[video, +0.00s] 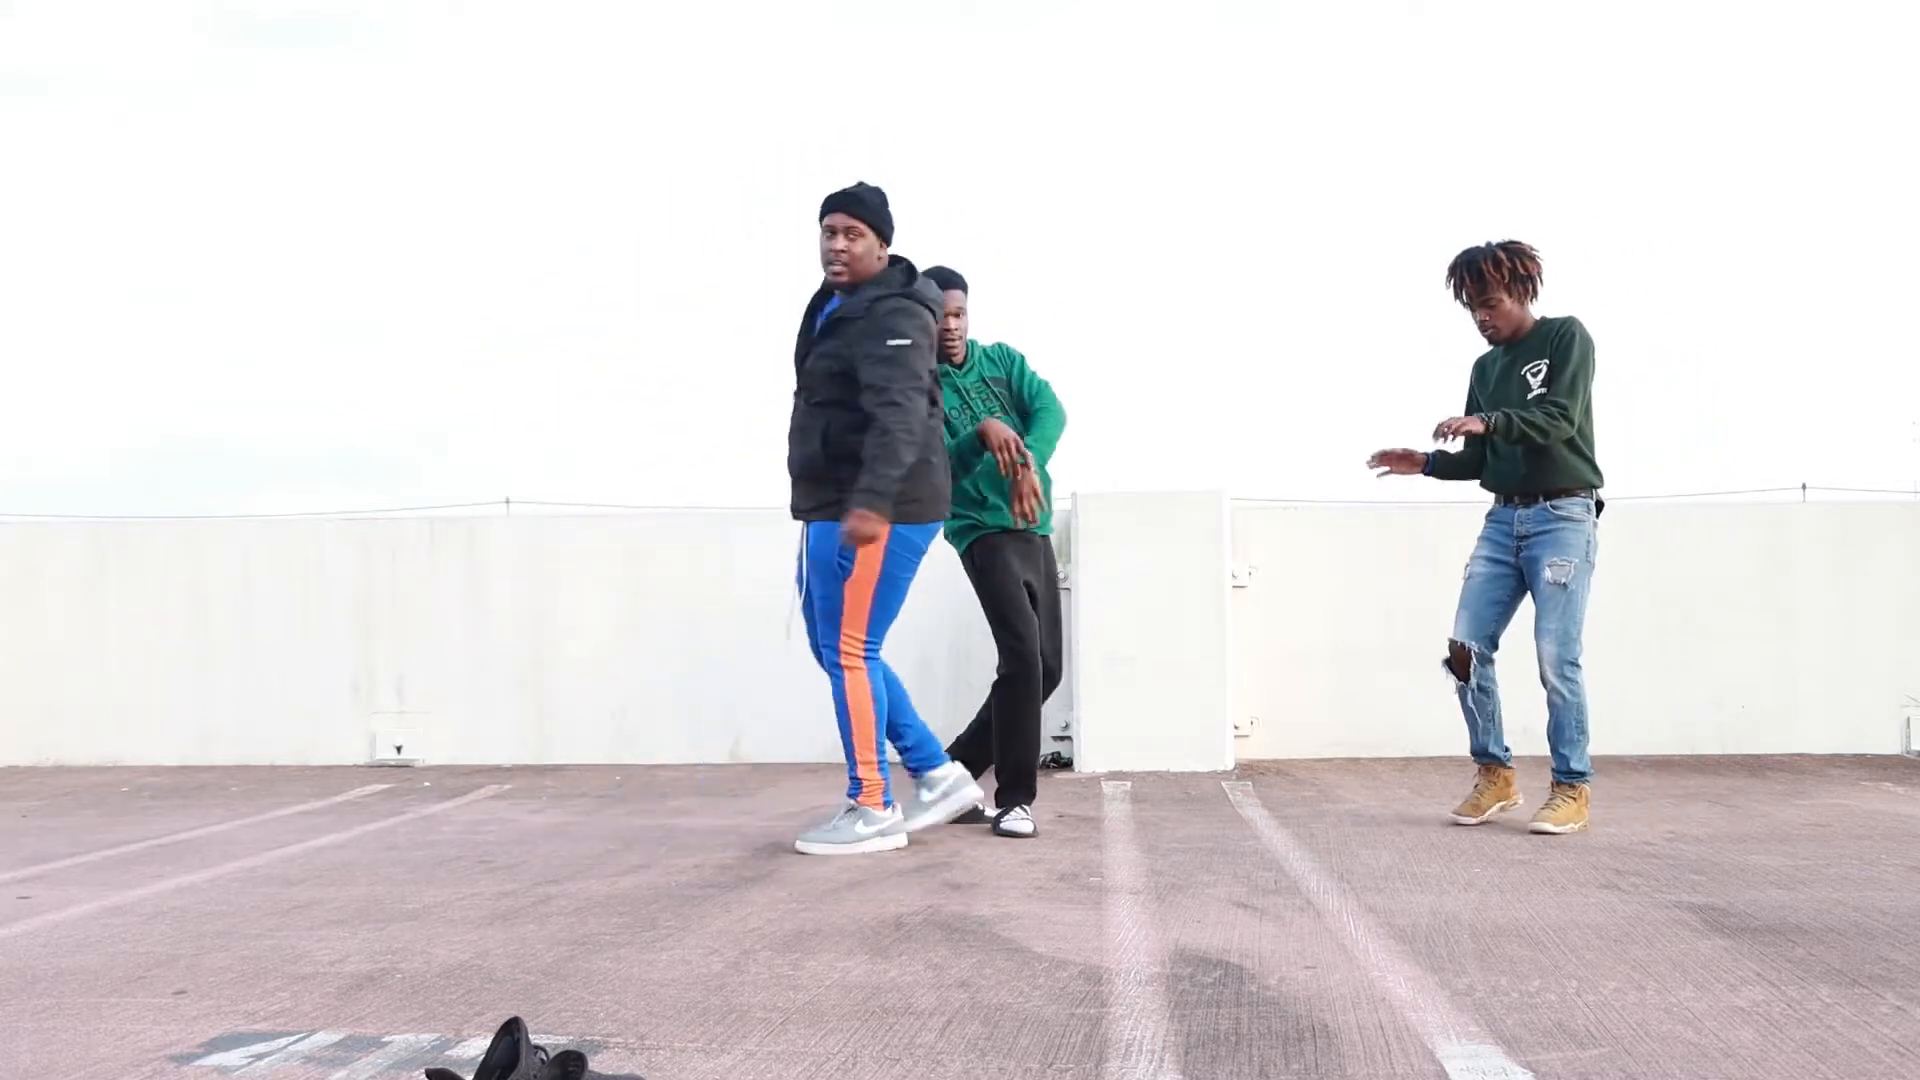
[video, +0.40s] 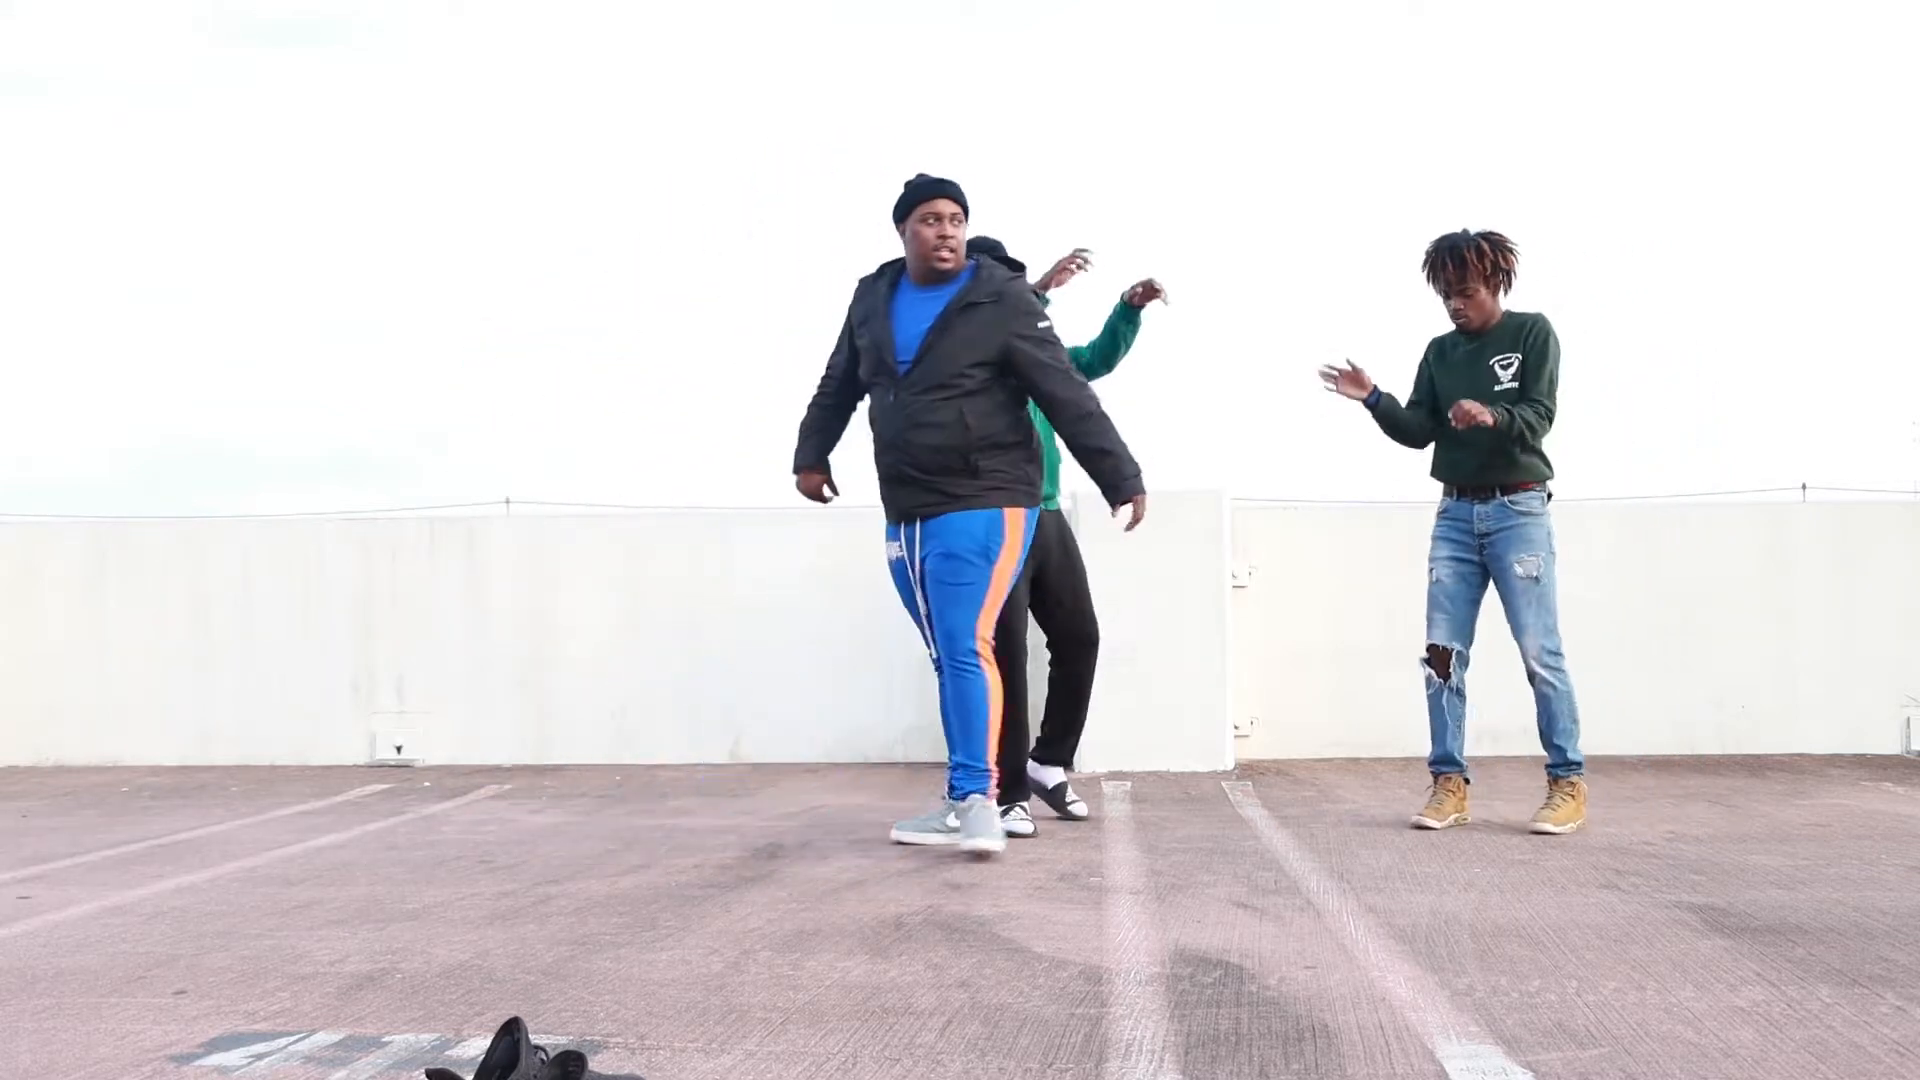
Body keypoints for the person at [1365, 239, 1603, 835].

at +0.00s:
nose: (1480, 320)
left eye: (1488, 306)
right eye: (1472, 309)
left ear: (1522, 293)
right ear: (1470, 306)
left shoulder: (1567, 337)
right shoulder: (1485, 369)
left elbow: (1557, 420)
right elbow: (1480, 461)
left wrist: (1488, 423)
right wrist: (1424, 462)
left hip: (1562, 517)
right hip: (1504, 520)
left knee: (1554, 658)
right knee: (1467, 651)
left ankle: (1570, 789)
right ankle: (1494, 777)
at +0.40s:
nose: (1454, 308)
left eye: (1464, 295)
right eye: (1446, 297)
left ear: (1497, 285)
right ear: (1441, 292)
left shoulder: (1533, 332)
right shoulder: (1440, 350)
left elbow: (1538, 415)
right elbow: (1417, 431)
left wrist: (1494, 414)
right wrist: (1374, 396)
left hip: (1518, 512)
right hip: (1454, 514)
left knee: (1538, 653)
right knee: (1442, 653)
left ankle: (1566, 783)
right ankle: (1448, 785)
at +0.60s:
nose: (1444, 308)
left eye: (1454, 296)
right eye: (1436, 298)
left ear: (1483, 286)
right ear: (1429, 293)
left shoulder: (1519, 336)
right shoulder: (1421, 345)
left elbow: (1534, 421)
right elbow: (1378, 400)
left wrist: (1528, 485)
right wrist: (1357, 346)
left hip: (1495, 506)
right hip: (1431, 512)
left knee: (1506, 628)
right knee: (1430, 649)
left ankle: (1534, 742)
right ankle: (1446, 782)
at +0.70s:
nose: (1441, 311)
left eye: (1451, 298)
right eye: (1433, 300)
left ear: (1481, 287)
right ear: (1426, 295)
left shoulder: (1515, 341)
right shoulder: (1419, 345)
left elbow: (1531, 432)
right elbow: (1372, 389)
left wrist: (1536, 511)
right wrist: (1354, 327)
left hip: (1488, 507)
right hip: (1424, 511)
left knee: (1499, 626)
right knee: (1424, 652)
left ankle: (1522, 738)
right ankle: (1446, 784)